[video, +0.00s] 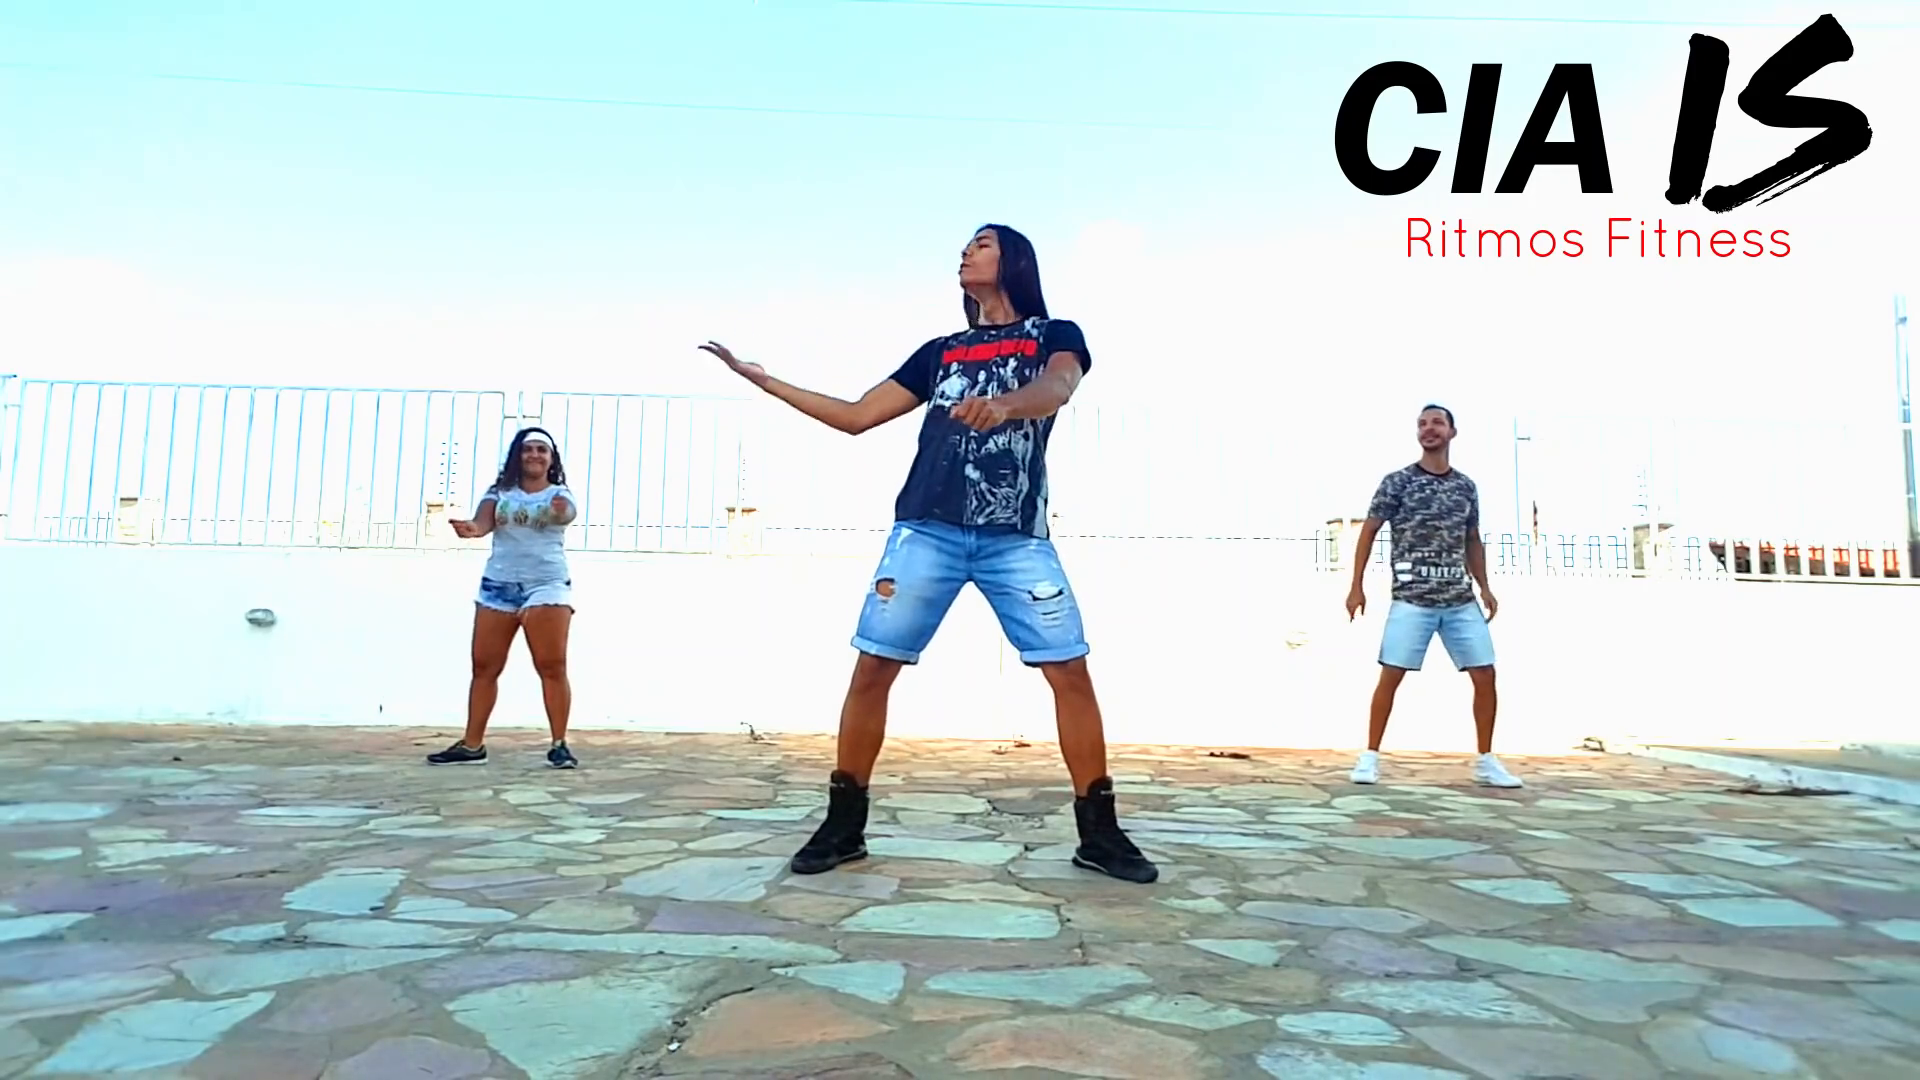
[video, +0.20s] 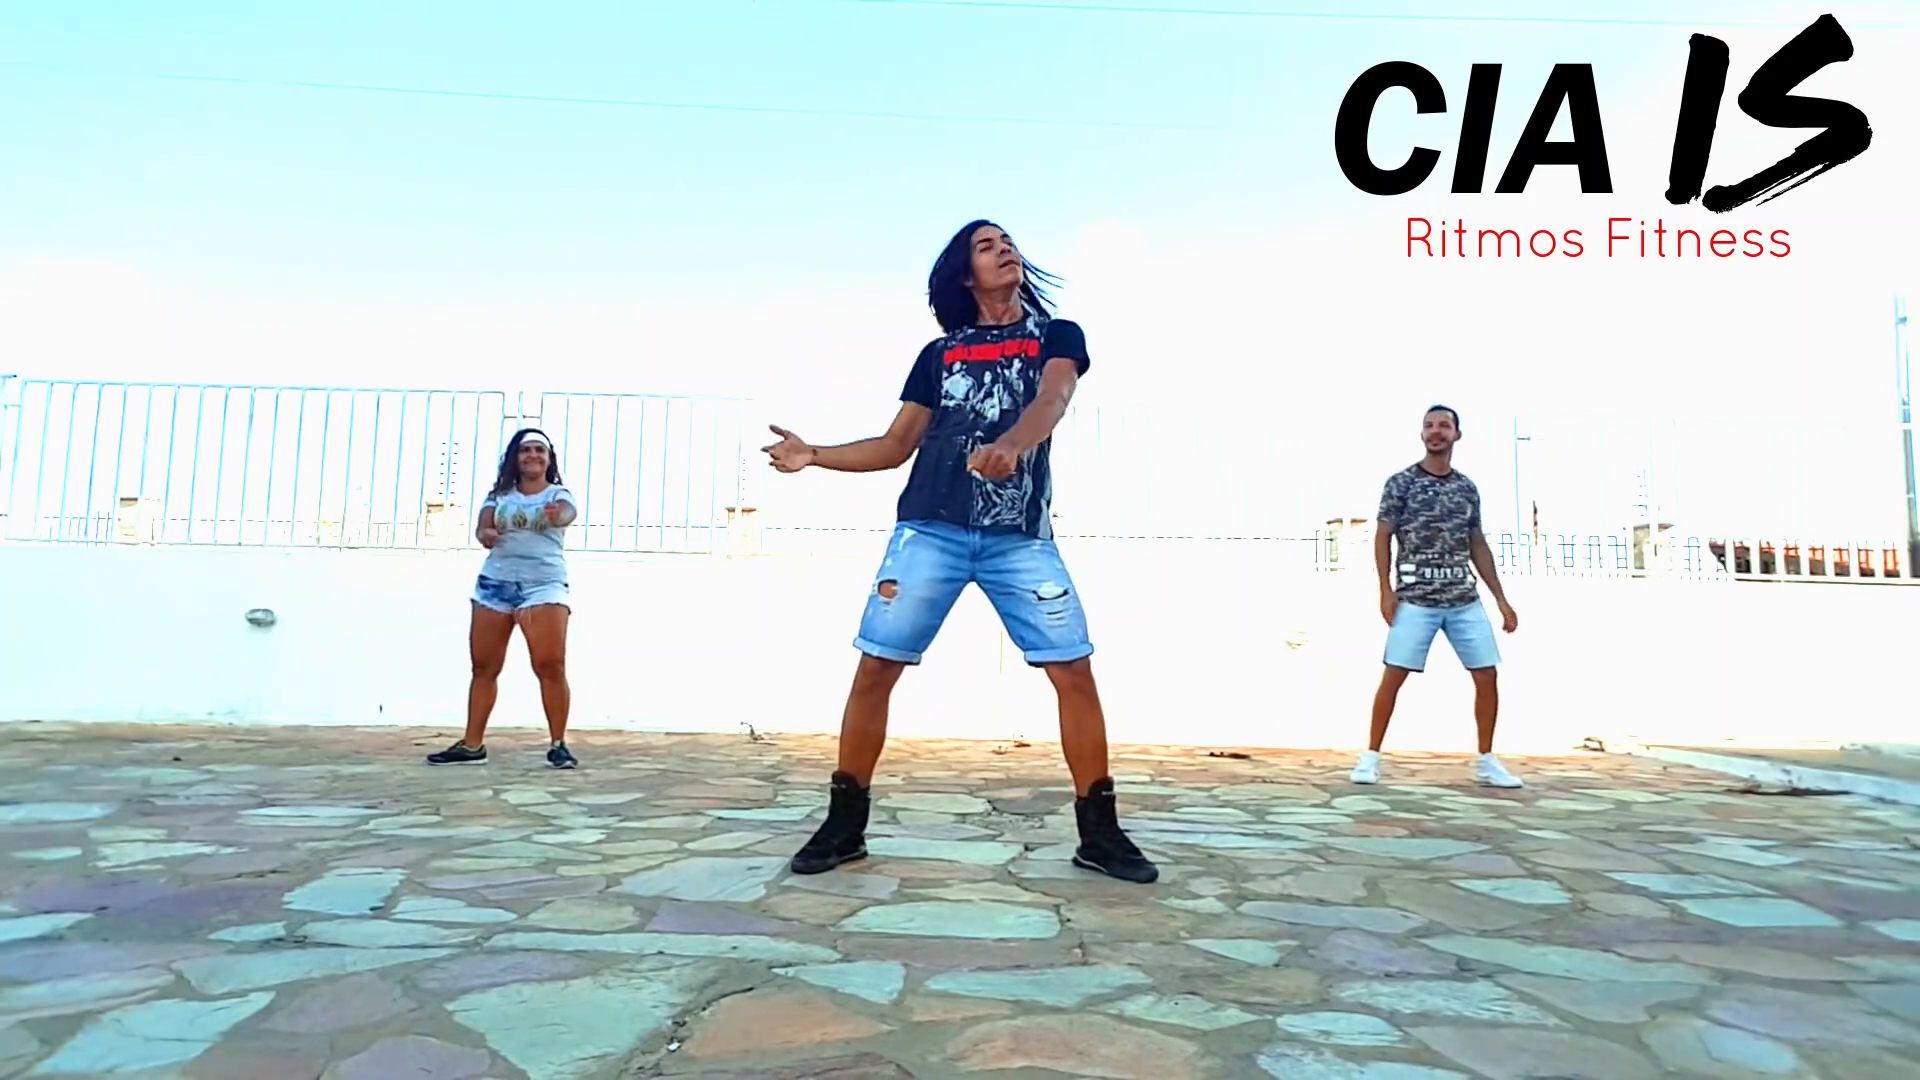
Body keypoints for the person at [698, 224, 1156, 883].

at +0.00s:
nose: (964, 253)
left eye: (980, 245)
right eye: (966, 246)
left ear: (1013, 262)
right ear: (969, 270)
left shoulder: (1055, 334)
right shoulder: (940, 352)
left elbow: (1058, 387)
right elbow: (855, 416)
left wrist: (1002, 406)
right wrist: (764, 379)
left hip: (1016, 536)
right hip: (928, 531)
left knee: (1070, 670)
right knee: (872, 669)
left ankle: (1099, 831)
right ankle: (843, 824)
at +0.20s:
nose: (1005, 250)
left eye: (1009, 242)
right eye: (987, 246)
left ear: (1022, 263)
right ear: (962, 273)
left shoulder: (1058, 335)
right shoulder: (941, 354)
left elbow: (1052, 399)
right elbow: (895, 445)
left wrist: (1013, 444)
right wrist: (813, 454)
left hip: (1020, 537)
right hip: (931, 531)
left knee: (1074, 669)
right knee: (876, 667)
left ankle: (1100, 832)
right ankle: (843, 824)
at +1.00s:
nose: (909, 288)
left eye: (918, 276)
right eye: (895, 280)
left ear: (938, 287)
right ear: (876, 298)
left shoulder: (969, 362)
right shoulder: (854, 369)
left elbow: (989, 388)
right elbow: (826, 411)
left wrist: (944, 380)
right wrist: (892, 408)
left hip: (953, 561)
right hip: (862, 558)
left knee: (1011, 684)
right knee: (779, 673)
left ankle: (1033, 824)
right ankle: (755, 816)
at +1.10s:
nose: (877, 284)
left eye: (885, 272)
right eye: (863, 276)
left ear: (904, 283)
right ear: (848, 291)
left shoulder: (933, 358)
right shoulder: (822, 358)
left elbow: (963, 398)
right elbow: (778, 403)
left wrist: (925, 396)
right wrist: (816, 382)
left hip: (916, 551)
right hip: (828, 548)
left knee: (981, 674)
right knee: (760, 670)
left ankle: (1019, 820)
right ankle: (744, 820)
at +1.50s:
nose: (787, 280)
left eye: (796, 269)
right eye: (773, 273)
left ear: (814, 283)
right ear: (757, 291)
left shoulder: (839, 355)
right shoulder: (732, 363)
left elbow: (870, 393)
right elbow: (721, 414)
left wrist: (842, 359)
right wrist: (772, 387)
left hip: (828, 557)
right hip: (737, 552)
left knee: (887, 678)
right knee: (660, 672)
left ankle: (924, 812)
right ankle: (642, 813)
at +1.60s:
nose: (767, 246)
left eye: (776, 236)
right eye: (753, 239)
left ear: (794, 251)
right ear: (736, 257)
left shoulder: (826, 326)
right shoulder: (716, 326)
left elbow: (868, 375)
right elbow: (696, 399)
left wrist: (850, 351)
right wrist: (689, 343)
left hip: (811, 519)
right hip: (723, 519)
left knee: (871, 643)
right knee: (660, 648)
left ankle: (925, 789)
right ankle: (636, 796)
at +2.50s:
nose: (773, 244)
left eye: (783, 236)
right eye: (760, 238)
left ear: (801, 256)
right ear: (742, 259)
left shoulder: (838, 321)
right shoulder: (713, 327)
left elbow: (864, 373)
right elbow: (613, 343)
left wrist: (807, 376)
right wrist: (648, 265)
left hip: (808, 525)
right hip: (718, 522)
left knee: (868, 653)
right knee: (659, 655)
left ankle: (912, 802)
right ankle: (615, 806)